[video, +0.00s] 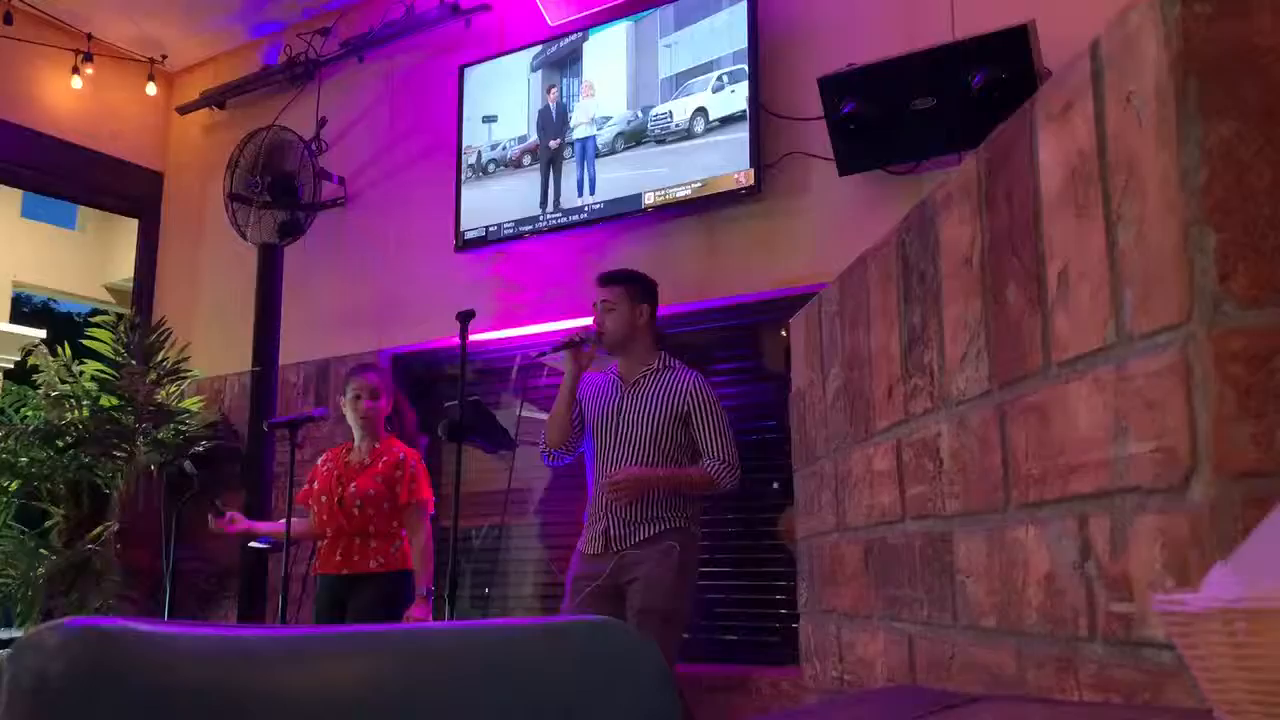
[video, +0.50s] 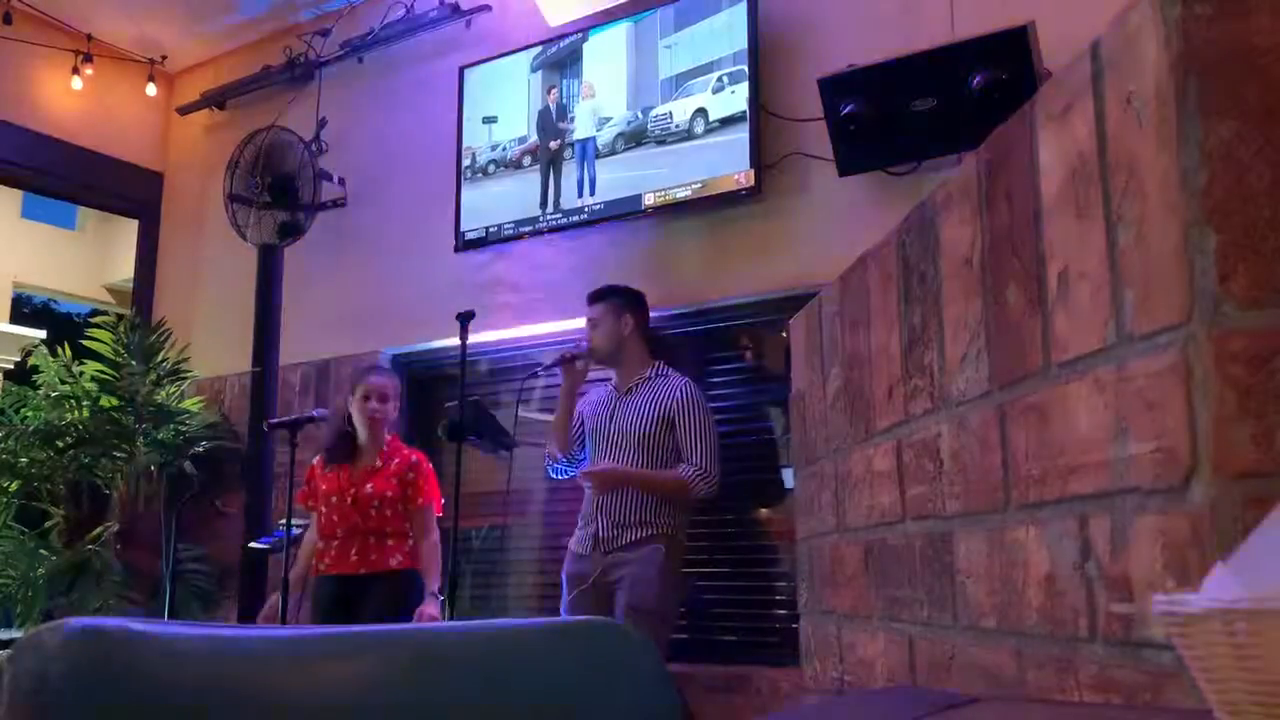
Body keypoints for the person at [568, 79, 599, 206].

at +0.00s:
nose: (583, 89)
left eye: (586, 87)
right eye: (582, 87)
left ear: (590, 89)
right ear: (581, 89)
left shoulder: (593, 102)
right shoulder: (577, 105)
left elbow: (591, 116)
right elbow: (572, 123)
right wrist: (583, 120)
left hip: (590, 135)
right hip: (578, 136)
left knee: (590, 166)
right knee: (579, 167)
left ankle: (591, 195)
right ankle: (579, 196)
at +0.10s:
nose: (583, 90)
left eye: (586, 87)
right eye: (582, 88)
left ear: (590, 89)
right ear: (581, 90)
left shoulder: (593, 102)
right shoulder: (577, 105)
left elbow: (592, 116)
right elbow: (572, 123)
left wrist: (578, 119)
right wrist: (582, 118)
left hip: (590, 135)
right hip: (578, 136)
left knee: (590, 166)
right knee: (579, 168)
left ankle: (591, 195)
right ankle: (579, 196)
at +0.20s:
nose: (583, 90)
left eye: (586, 88)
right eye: (582, 88)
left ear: (591, 90)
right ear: (580, 90)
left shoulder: (594, 103)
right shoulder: (578, 105)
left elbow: (591, 115)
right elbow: (571, 124)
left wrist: (585, 103)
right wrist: (579, 116)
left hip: (590, 135)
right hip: (578, 136)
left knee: (590, 167)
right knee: (579, 168)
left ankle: (591, 196)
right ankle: (580, 197)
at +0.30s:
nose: (583, 90)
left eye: (586, 88)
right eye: (582, 88)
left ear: (591, 90)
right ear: (581, 90)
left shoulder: (594, 103)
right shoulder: (578, 105)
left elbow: (592, 115)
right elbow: (572, 124)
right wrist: (577, 115)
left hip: (590, 134)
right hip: (578, 136)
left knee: (590, 167)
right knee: (579, 168)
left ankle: (591, 196)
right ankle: (580, 197)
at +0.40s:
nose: (584, 90)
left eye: (586, 88)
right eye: (583, 88)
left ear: (591, 90)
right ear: (581, 90)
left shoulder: (595, 103)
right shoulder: (578, 105)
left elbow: (599, 116)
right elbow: (576, 121)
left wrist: (591, 125)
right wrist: (574, 126)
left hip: (590, 135)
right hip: (578, 136)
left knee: (591, 166)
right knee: (579, 168)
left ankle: (592, 195)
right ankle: (580, 197)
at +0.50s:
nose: (585, 90)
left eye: (587, 88)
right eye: (583, 88)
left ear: (591, 90)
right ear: (581, 90)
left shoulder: (595, 103)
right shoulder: (578, 105)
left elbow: (598, 117)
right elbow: (576, 124)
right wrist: (566, 126)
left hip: (590, 135)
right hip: (578, 137)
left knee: (591, 167)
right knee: (579, 169)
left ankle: (592, 196)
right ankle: (580, 197)